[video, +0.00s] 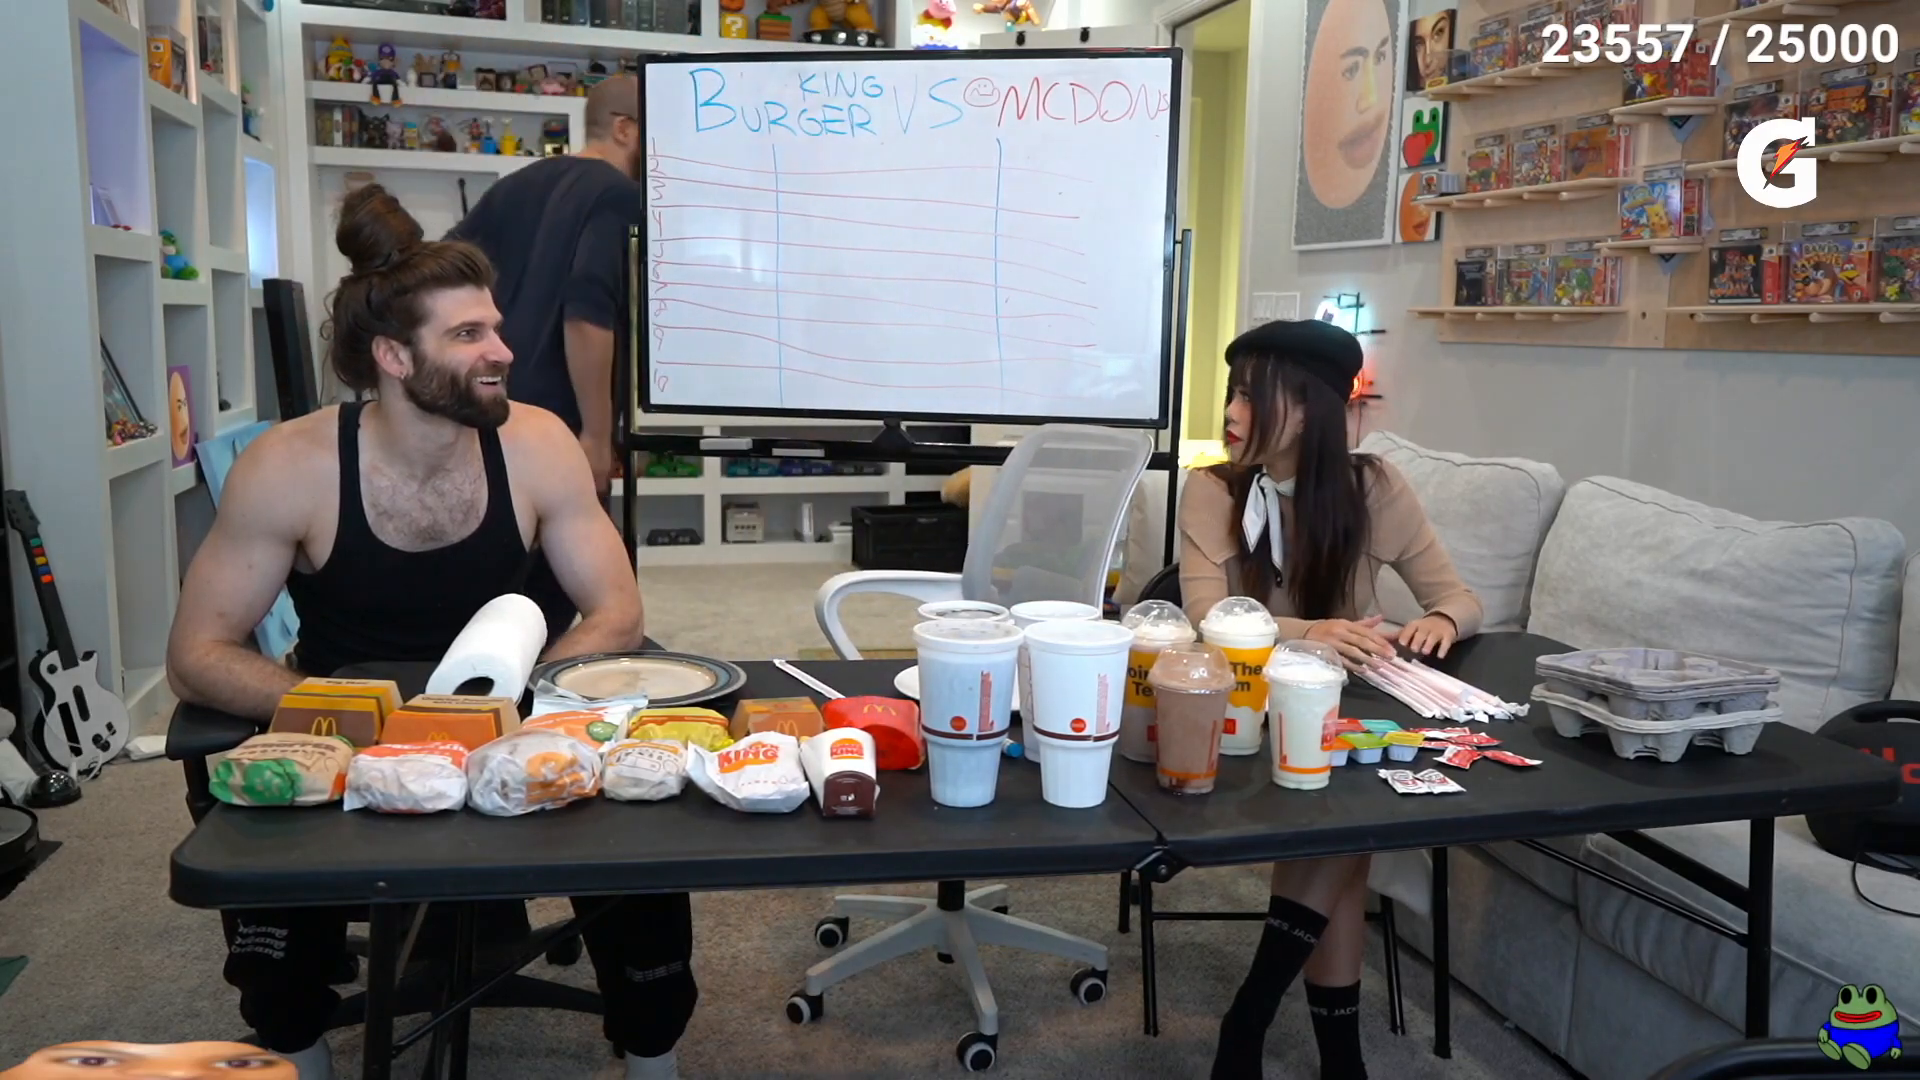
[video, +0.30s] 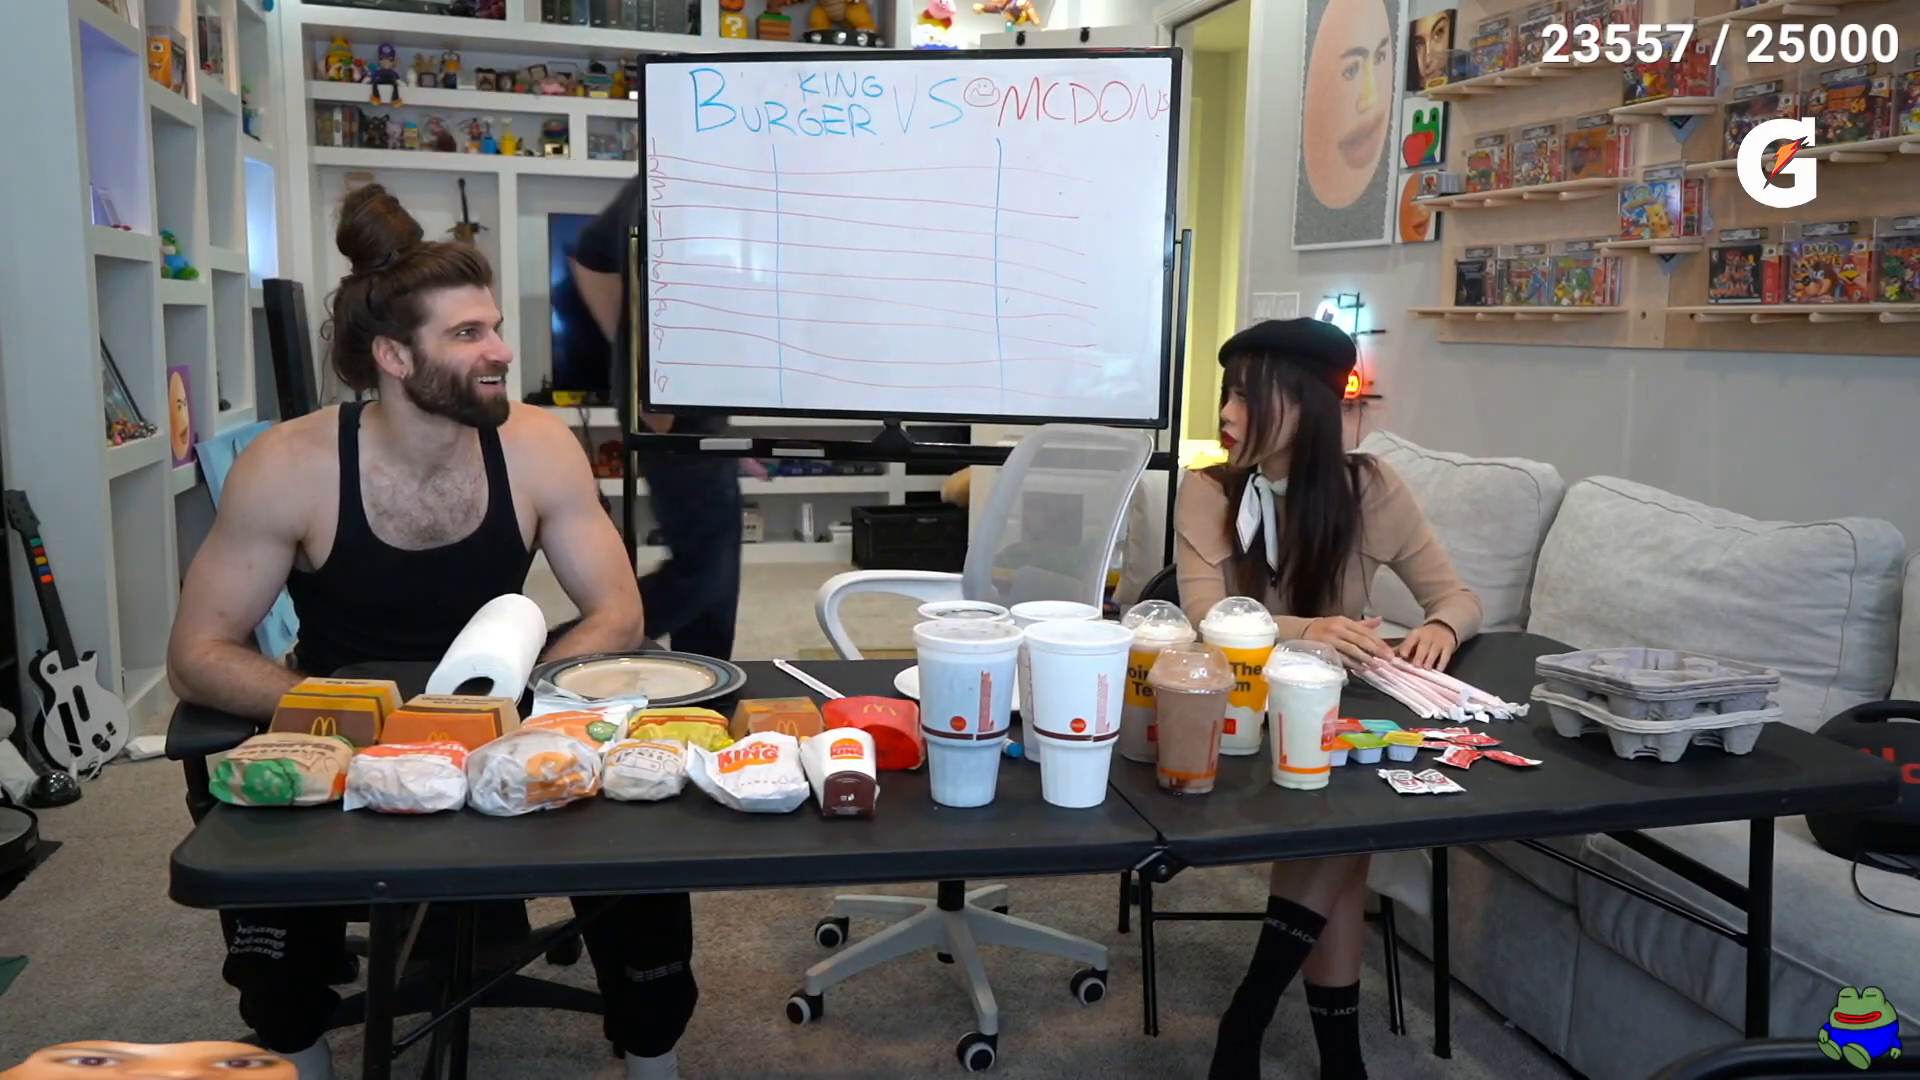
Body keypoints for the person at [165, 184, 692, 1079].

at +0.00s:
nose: (499, 351)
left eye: (497, 330)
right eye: (467, 336)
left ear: (502, 329)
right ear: (392, 358)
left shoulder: (538, 446)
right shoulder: (290, 465)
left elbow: (620, 615)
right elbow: (197, 654)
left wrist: (520, 692)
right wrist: (346, 710)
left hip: (521, 750)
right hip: (345, 759)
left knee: (639, 846)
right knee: (270, 878)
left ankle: (652, 1059)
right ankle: (297, 1060)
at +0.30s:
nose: (497, 351)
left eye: (497, 329)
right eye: (467, 335)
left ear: (501, 327)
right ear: (392, 359)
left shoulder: (538, 448)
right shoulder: (290, 465)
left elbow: (620, 614)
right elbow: (198, 653)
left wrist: (523, 685)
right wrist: (342, 708)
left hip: (510, 746)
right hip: (339, 756)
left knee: (639, 841)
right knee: (269, 880)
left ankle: (653, 1060)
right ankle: (299, 1061)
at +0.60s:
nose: (500, 351)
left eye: (499, 330)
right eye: (469, 336)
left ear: (502, 328)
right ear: (395, 359)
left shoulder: (539, 447)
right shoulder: (290, 465)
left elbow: (621, 614)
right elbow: (198, 654)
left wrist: (527, 678)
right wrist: (341, 708)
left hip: (510, 747)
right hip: (339, 757)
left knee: (638, 842)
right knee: (270, 880)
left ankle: (652, 1059)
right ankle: (299, 1060)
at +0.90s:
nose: (503, 352)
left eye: (501, 330)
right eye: (472, 337)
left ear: (504, 326)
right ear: (397, 359)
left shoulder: (540, 447)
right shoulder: (291, 466)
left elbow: (620, 614)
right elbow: (198, 654)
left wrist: (524, 682)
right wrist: (342, 709)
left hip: (508, 747)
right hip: (338, 757)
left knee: (631, 849)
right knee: (279, 885)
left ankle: (651, 1061)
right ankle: (301, 1060)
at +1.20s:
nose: (509, 352)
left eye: (506, 329)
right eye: (478, 336)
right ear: (403, 359)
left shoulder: (541, 447)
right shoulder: (290, 467)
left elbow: (620, 614)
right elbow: (196, 654)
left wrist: (524, 677)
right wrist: (342, 712)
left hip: (510, 747)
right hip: (344, 758)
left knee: (636, 839)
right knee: (303, 873)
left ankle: (661, 1060)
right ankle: (311, 1062)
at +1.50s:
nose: (518, 345)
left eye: (514, 323)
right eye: (488, 330)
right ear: (414, 352)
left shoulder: (541, 443)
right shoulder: (302, 464)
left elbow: (619, 608)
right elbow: (206, 658)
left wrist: (535, 688)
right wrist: (358, 714)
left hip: (504, 743)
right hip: (340, 751)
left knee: (673, 830)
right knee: (290, 875)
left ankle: (665, 1058)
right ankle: (309, 1062)